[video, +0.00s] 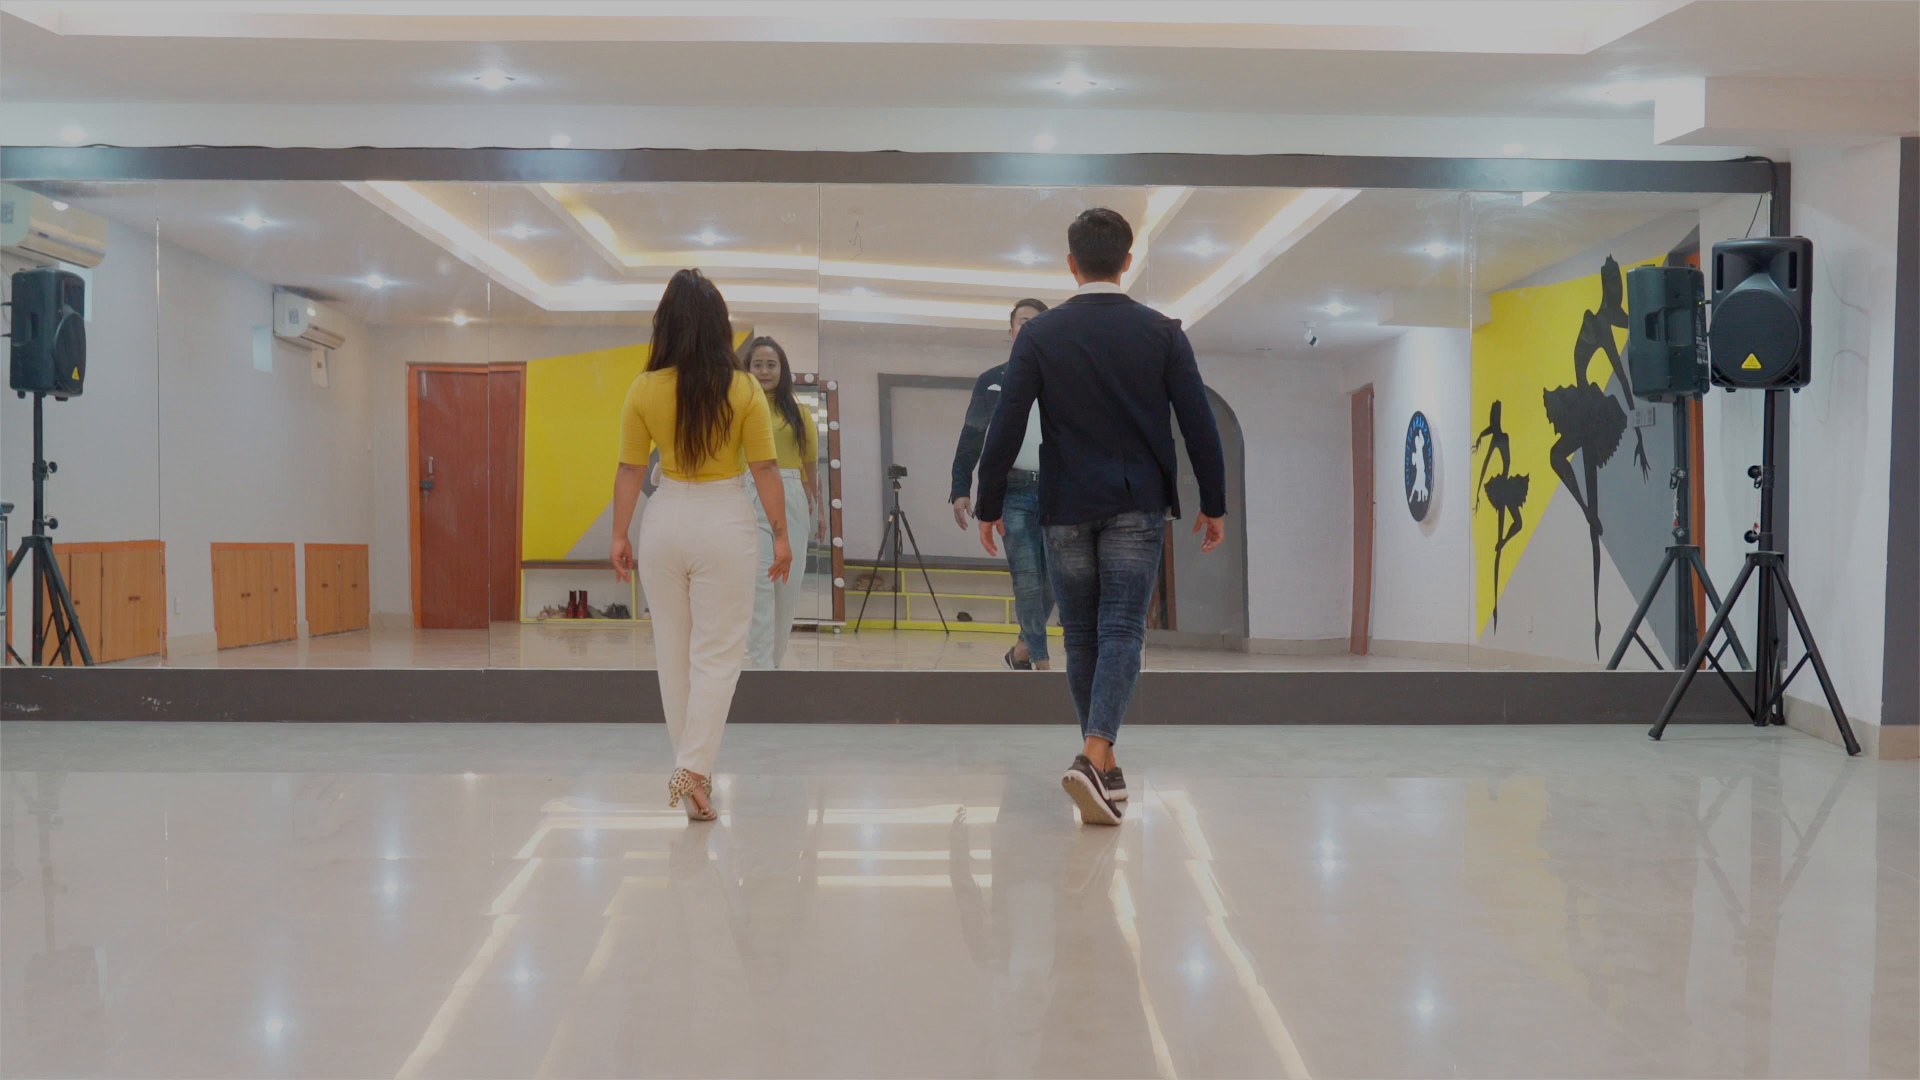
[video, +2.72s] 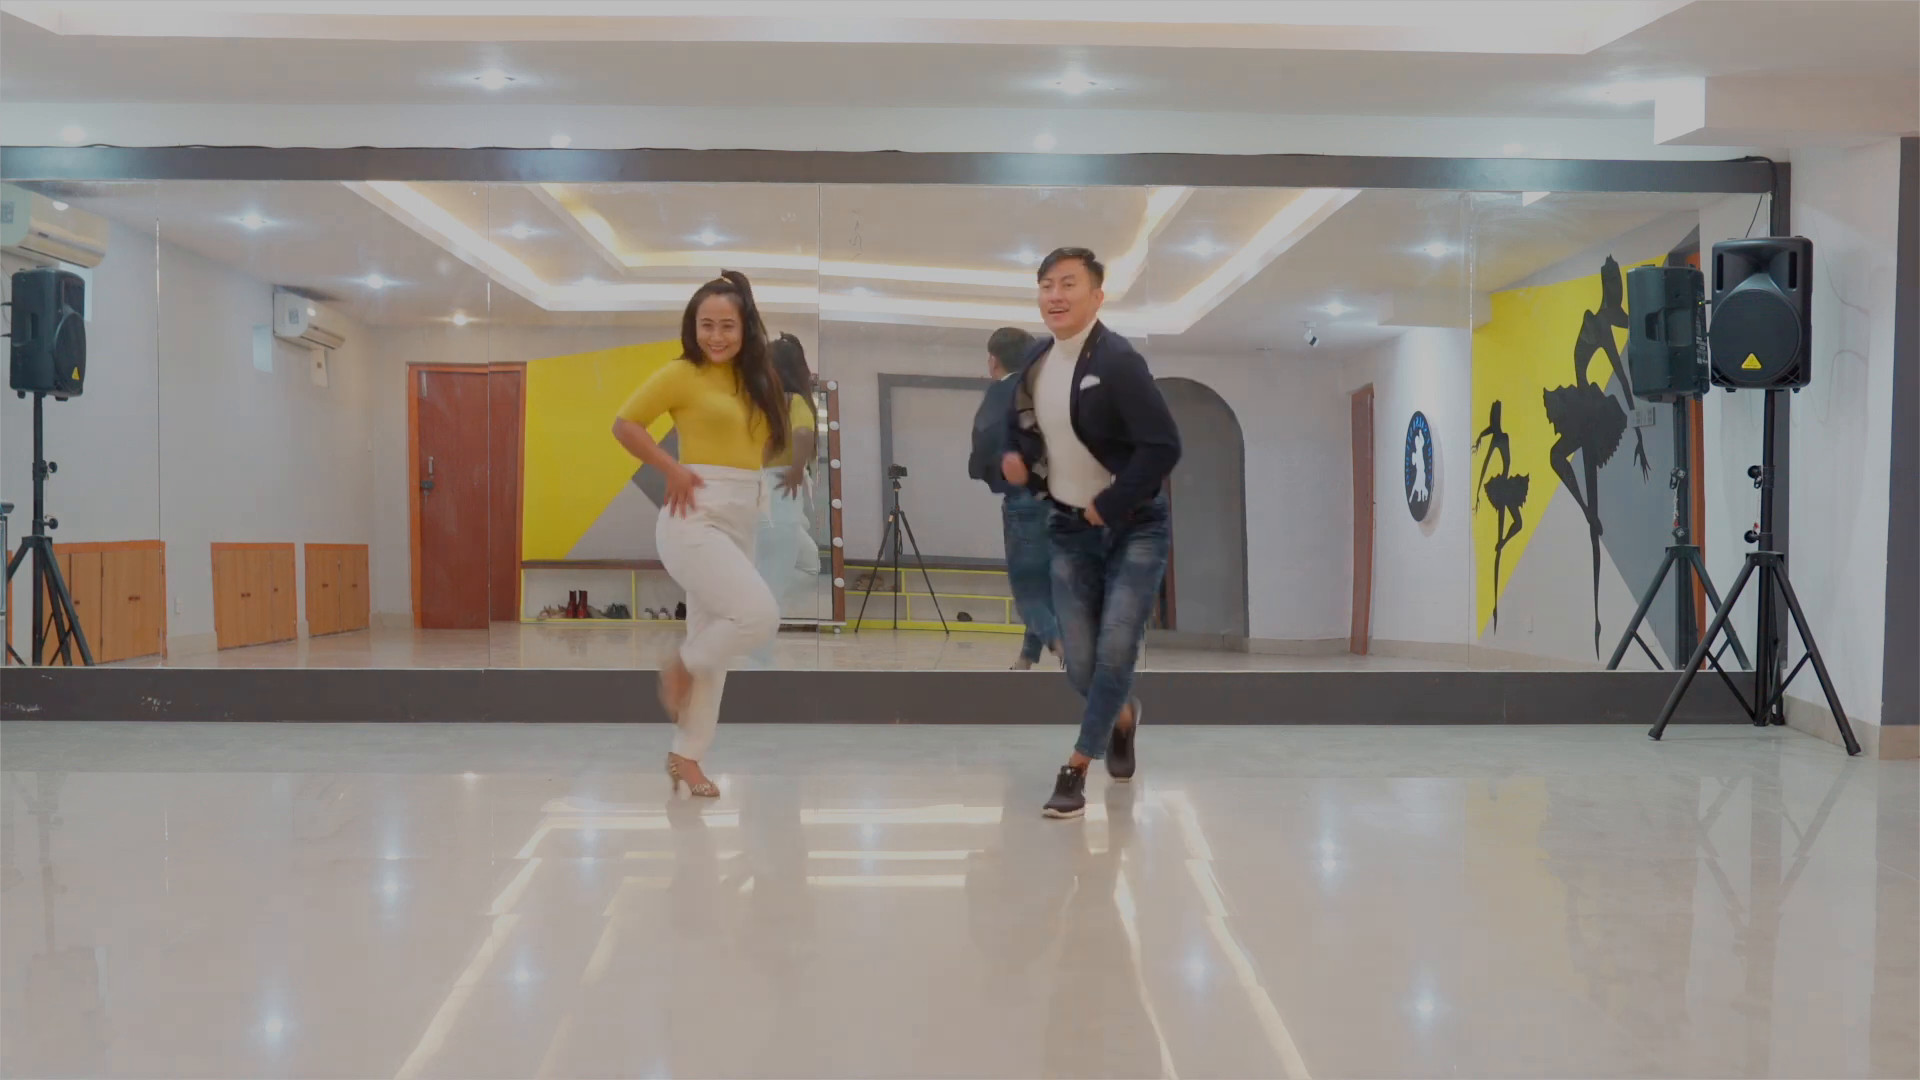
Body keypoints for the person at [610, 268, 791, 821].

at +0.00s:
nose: (730, 330)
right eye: (725, 321)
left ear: (665, 324)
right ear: (721, 324)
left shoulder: (645, 389)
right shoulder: (741, 387)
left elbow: (631, 469)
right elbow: (764, 467)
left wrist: (620, 533)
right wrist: (781, 533)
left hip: (663, 517)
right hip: (728, 519)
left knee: (673, 648)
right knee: (719, 651)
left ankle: (689, 770)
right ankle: (693, 767)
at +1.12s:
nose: (722, 322)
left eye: (715, 314)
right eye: (718, 315)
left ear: (663, 325)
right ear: (712, 321)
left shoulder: (657, 382)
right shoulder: (723, 385)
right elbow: (743, 465)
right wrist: (764, 532)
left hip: (666, 519)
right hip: (714, 521)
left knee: (688, 648)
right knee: (723, 655)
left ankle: (675, 765)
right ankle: (693, 774)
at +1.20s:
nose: (716, 318)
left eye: (710, 309)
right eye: (709, 311)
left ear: (666, 327)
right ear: (701, 323)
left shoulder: (710, 381)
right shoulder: (684, 393)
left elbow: (753, 410)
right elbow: (701, 475)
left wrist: (770, 457)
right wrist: (750, 532)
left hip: (700, 528)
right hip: (689, 530)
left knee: (708, 647)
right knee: (720, 646)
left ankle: (672, 765)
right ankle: (684, 776)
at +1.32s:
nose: (685, 327)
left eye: (694, 318)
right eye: (674, 321)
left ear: (716, 327)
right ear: (662, 333)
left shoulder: (741, 389)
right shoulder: (652, 391)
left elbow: (769, 463)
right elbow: (640, 473)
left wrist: (771, 529)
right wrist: (697, 516)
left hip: (730, 537)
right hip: (672, 534)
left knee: (734, 658)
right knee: (701, 651)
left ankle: (681, 764)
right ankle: (681, 779)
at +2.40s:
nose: (703, 349)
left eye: (715, 341)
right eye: (694, 339)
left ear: (733, 345)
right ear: (681, 342)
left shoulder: (749, 399)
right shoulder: (662, 396)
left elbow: (764, 477)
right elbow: (649, 474)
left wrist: (765, 540)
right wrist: (655, 542)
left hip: (738, 536)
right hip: (678, 534)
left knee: (731, 652)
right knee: (685, 646)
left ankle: (701, 761)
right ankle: (683, 769)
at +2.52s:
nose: (707, 342)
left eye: (719, 332)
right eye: (698, 331)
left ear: (737, 335)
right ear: (685, 334)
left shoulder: (750, 391)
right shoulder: (669, 384)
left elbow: (768, 461)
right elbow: (632, 454)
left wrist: (763, 510)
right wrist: (660, 513)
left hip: (739, 530)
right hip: (680, 526)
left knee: (728, 645)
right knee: (713, 629)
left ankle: (698, 759)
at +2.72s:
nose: (717, 335)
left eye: (728, 325)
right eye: (707, 324)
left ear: (746, 328)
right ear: (693, 328)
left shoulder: (757, 382)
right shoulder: (682, 375)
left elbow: (781, 445)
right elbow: (625, 425)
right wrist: (671, 468)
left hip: (741, 522)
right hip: (692, 517)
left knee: (710, 644)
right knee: (757, 616)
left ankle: (687, 754)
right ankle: (681, 667)